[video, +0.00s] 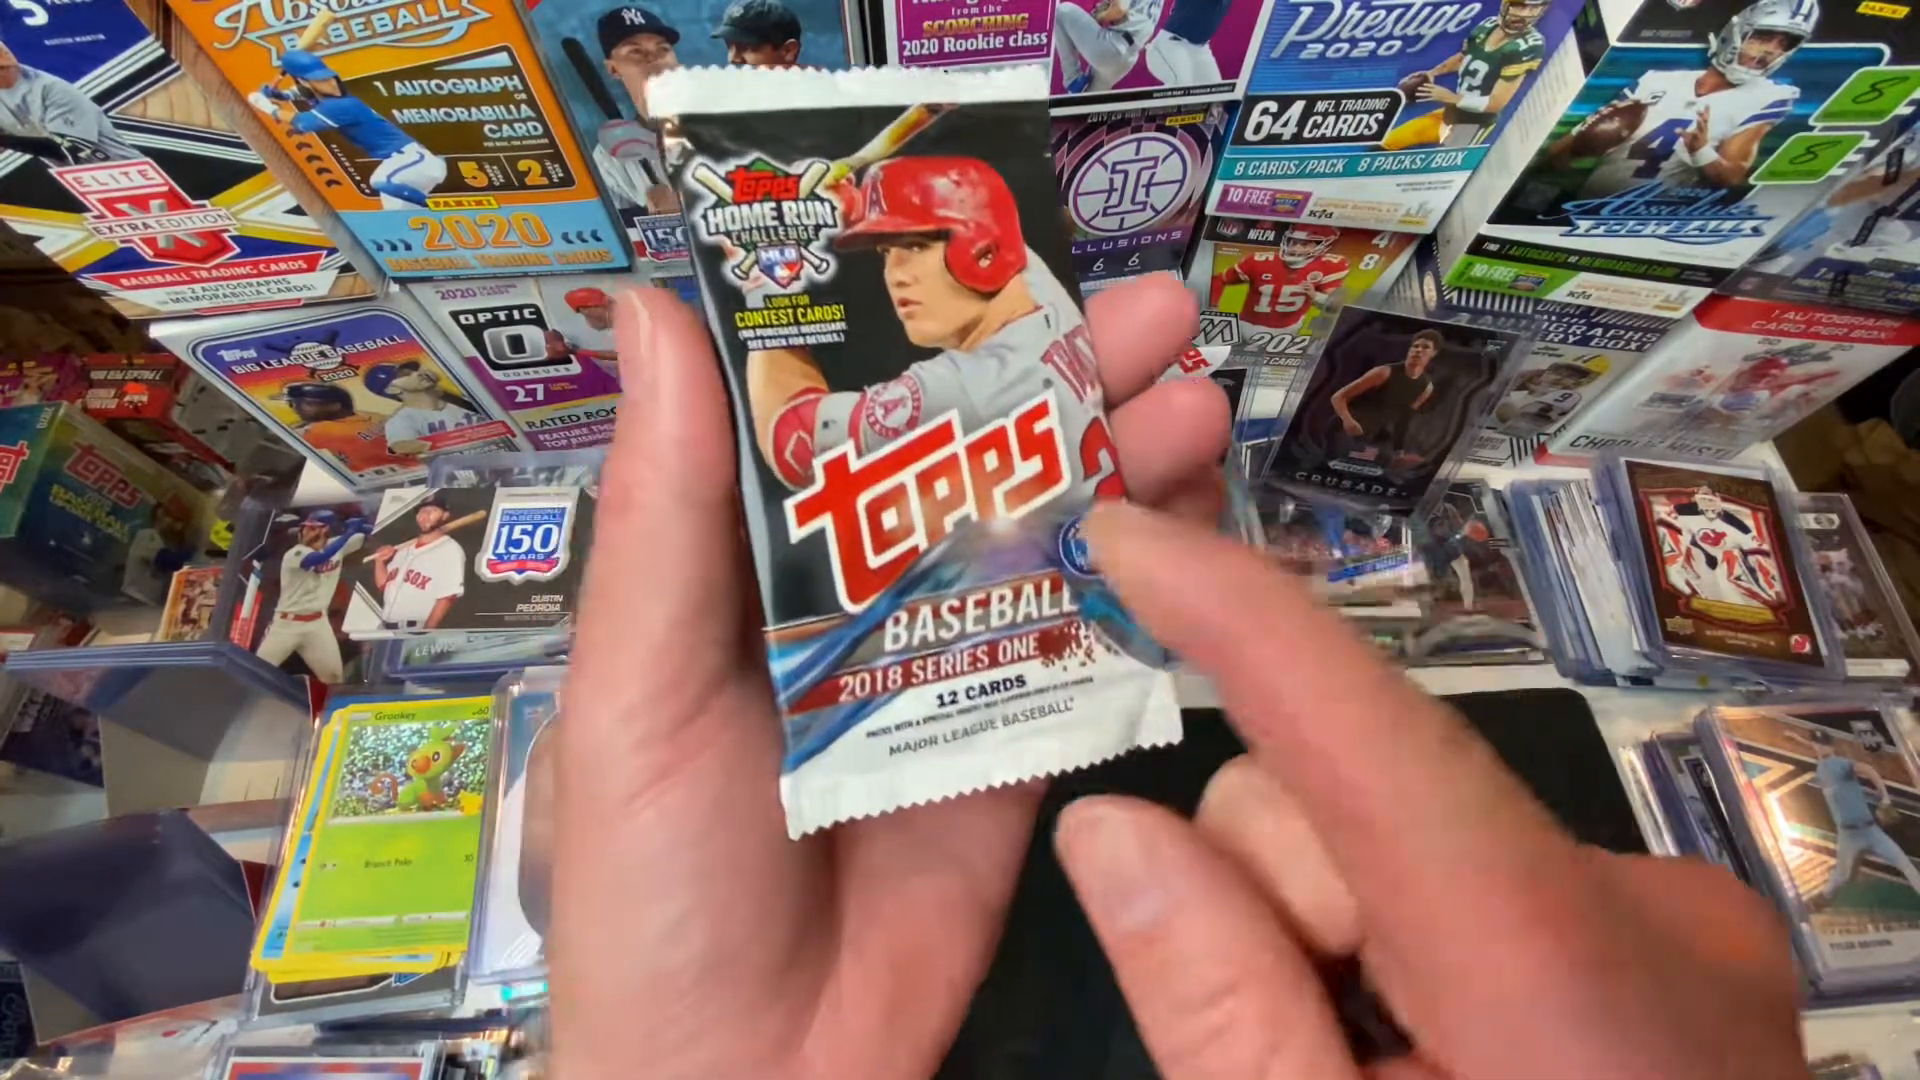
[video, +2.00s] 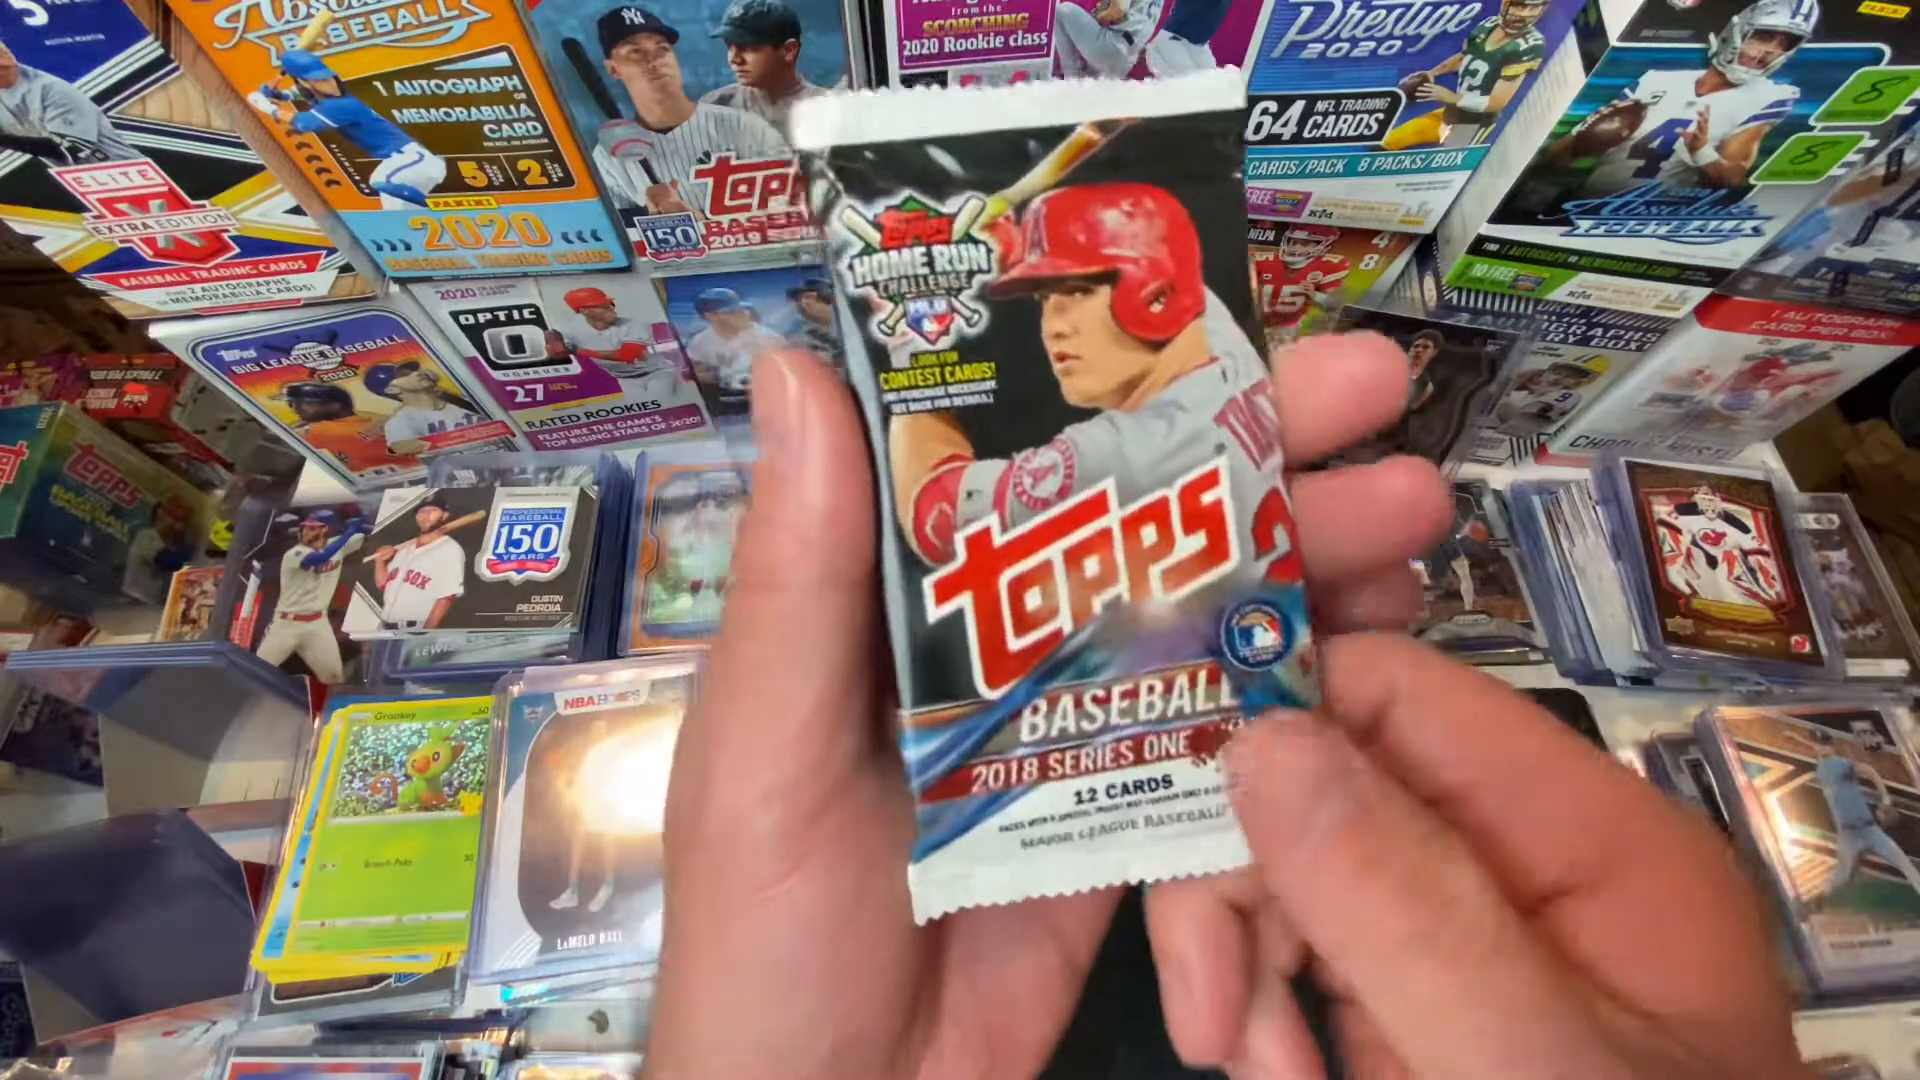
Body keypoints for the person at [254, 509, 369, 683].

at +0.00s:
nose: (304, 531)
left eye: (311, 528)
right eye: (304, 527)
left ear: (324, 531)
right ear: (303, 530)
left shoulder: (337, 548)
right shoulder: (294, 554)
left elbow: (366, 534)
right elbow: (318, 559)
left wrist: (359, 525)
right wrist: (346, 537)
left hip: (317, 625)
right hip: (285, 624)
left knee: (334, 677)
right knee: (258, 670)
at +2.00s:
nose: (303, 532)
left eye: (310, 528)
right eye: (303, 528)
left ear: (323, 531)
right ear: (302, 530)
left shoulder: (337, 548)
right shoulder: (294, 554)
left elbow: (369, 533)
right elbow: (320, 559)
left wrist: (357, 523)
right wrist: (347, 536)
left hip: (317, 625)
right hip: (285, 624)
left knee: (333, 677)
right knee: (259, 670)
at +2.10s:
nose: (303, 532)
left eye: (309, 528)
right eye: (304, 528)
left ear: (323, 531)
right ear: (303, 530)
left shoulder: (337, 548)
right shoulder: (294, 554)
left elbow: (367, 532)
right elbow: (320, 559)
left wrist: (357, 522)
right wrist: (347, 536)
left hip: (317, 625)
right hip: (285, 624)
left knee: (333, 677)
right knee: (259, 670)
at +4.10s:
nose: (304, 531)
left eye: (310, 528)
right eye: (304, 527)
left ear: (324, 531)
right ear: (303, 529)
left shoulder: (337, 549)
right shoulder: (293, 554)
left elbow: (366, 532)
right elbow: (318, 560)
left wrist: (356, 523)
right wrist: (347, 535)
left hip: (317, 626)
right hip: (284, 625)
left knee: (334, 680)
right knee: (257, 672)